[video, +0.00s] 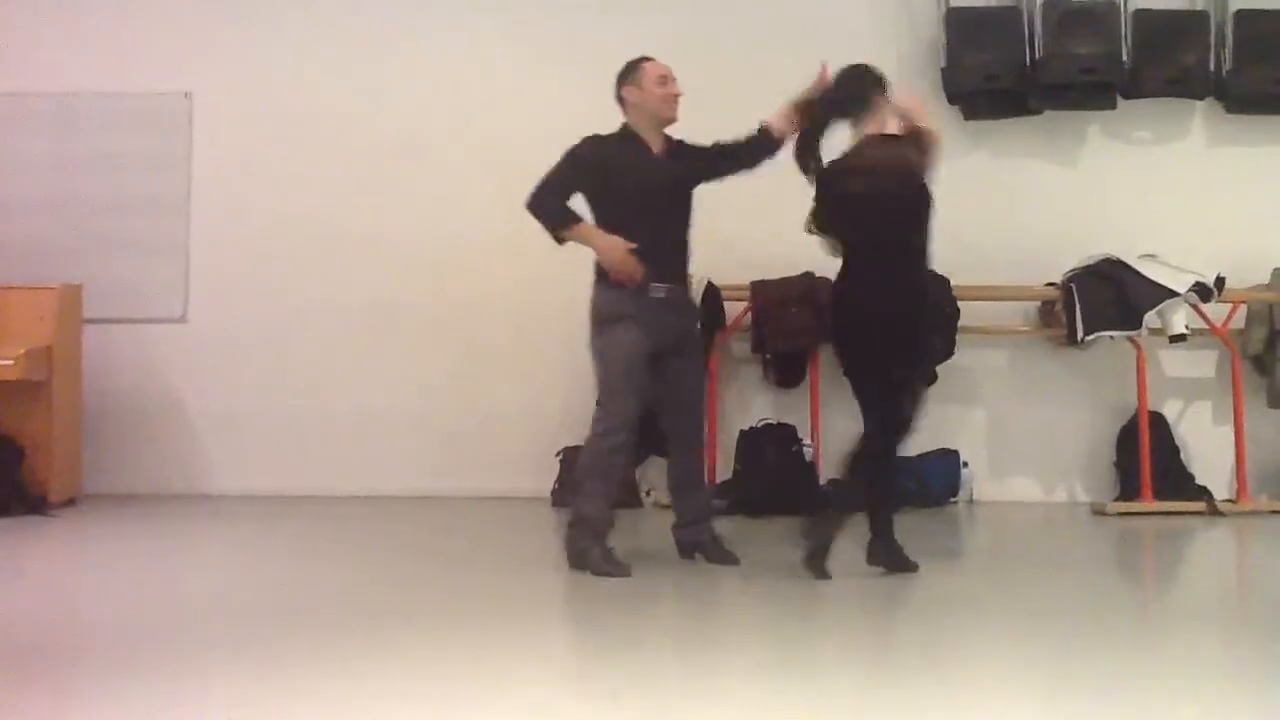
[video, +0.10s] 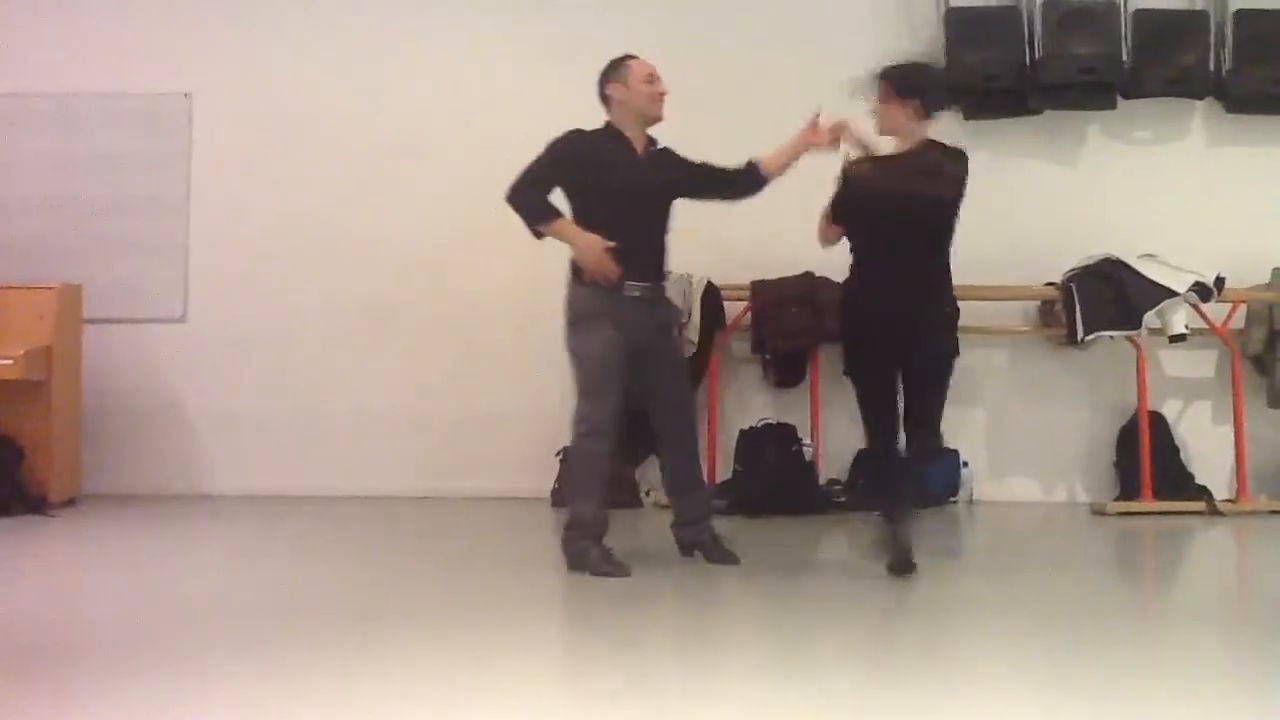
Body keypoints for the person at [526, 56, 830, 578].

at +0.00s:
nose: (675, 90)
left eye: (674, 82)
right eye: (662, 82)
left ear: (671, 95)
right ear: (628, 95)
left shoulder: (684, 157)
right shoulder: (598, 152)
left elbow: (749, 152)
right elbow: (543, 202)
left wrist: (802, 106)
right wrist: (599, 241)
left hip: (676, 307)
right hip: (622, 307)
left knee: (687, 423)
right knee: (618, 420)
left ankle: (695, 531)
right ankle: (586, 538)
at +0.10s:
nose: (662, 89)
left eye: (660, 81)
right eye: (649, 81)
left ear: (643, 95)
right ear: (613, 92)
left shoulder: (664, 165)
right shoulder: (581, 146)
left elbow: (738, 182)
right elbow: (523, 194)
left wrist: (798, 144)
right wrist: (576, 240)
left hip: (651, 307)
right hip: (599, 304)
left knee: (675, 414)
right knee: (599, 417)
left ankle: (695, 529)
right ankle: (583, 538)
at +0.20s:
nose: (653, 90)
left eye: (651, 82)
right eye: (640, 82)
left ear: (632, 96)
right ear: (604, 93)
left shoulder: (652, 167)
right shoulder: (569, 145)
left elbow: (728, 194)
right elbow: (510, 191)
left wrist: (796, 162)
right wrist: (562, 239)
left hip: (635, 306)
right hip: (581, 302)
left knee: (673, 403)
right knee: (590, 418)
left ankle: (681, 517)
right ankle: (582, 539)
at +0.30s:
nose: (644, 91)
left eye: (642, 83)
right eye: (631, 83)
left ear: (622, 97)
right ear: (596, 93)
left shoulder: (644, 170)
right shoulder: (560, 146)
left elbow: (718, 200)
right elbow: (500, 192)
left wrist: (789, 175)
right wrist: (549, 242)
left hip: (622, 308)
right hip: (567, 305)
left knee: (667, 399)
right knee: (580, 415)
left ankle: (623, 490)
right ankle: (580, 540)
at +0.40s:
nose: (635, 89)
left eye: (632, 82)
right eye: (622, 81)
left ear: (605, 95)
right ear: (586, 92)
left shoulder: (635, 168)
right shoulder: (548, 147)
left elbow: (709, 203)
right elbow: (490, 197)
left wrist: (781, 182)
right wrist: (537, 244)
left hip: (609, 309)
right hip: (555, 302)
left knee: (638, 421)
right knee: (572, 417)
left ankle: (558, 486)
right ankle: (581, 540)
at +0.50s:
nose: (630, 89)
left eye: (627, 81)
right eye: (616, 81)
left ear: (606, 96)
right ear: (581, 93)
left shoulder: (630, 168)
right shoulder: (543, 148)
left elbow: (704, 206)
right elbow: (486, 201)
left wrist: (775, 184)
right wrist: (532, 246)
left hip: (600, 310)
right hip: (549, 300)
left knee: (618, 424)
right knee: (570, 413)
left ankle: (515, 495)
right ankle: (582, 541)